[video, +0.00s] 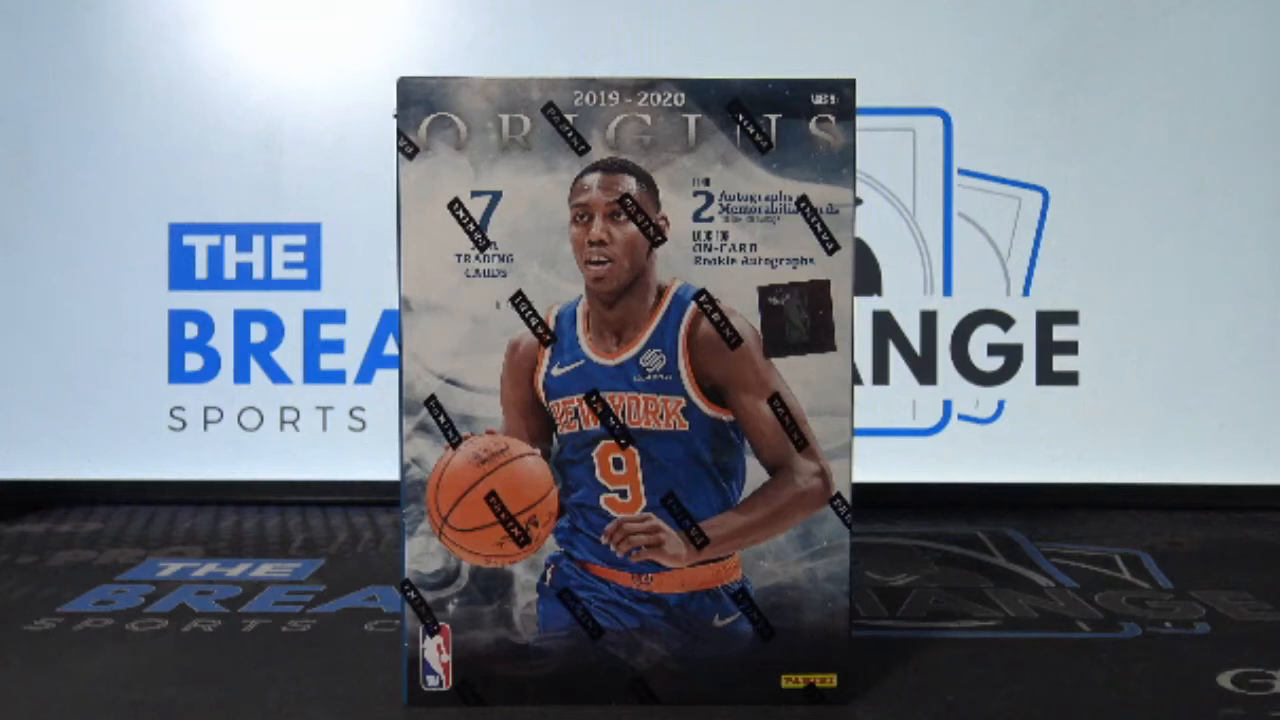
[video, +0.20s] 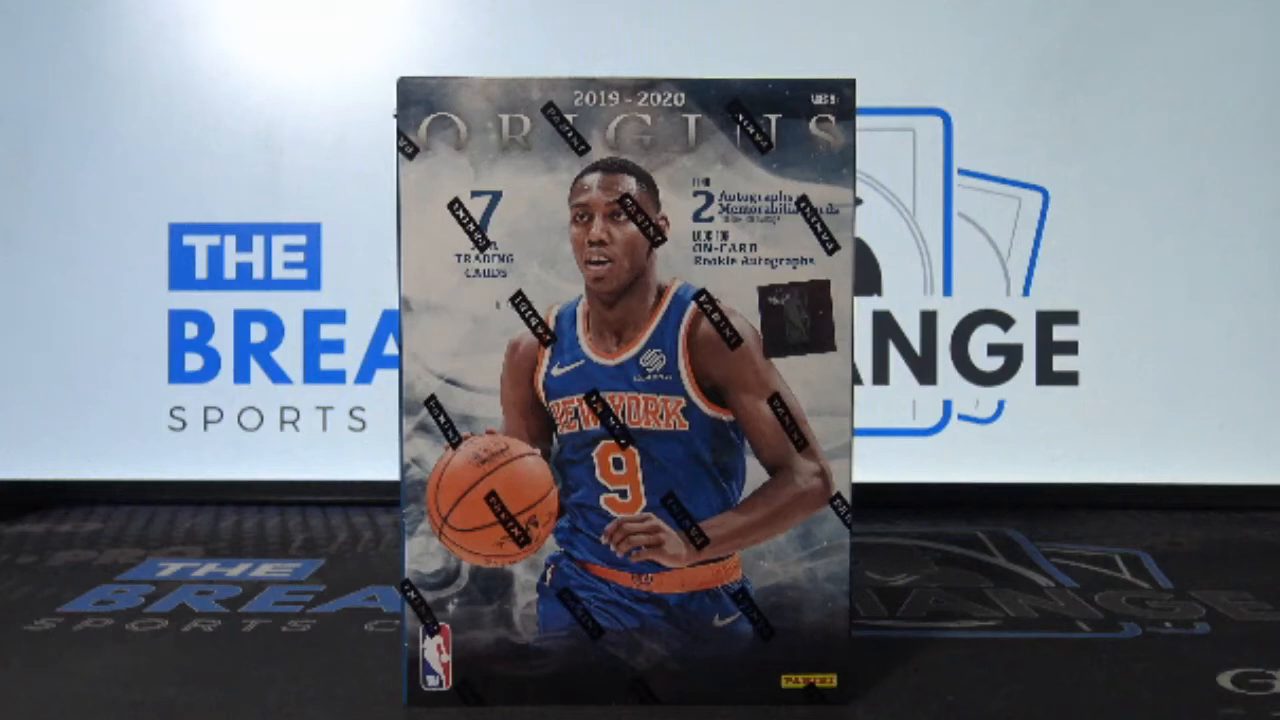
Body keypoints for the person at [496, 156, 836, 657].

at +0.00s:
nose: (595, 235)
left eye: (618, 216)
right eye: (581, 218)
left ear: (657, 230)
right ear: (569, 232)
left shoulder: (711, 334)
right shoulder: (534, 353)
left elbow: (809, 477)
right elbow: (527, 489)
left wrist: (696, 541)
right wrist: (476, 475)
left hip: (699, 613)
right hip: (584, 608)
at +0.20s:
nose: (595, 235)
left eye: (617, 216)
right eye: (582, 218)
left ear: (657, 230)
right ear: (569, 232)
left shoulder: (711, 333)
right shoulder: (534, 353)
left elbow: (809, 477)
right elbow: (529, 490)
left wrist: (696, 541)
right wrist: (482, 469)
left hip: (698, 613)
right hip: (583, 608)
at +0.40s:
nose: (595, 235)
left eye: (618, 216)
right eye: (581, 218)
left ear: (657, 230)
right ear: (569, 232)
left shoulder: (711, 333)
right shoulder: (534, 353)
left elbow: (809, 476)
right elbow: (526, 488)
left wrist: (695, 542)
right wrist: (473, 476)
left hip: (699, 614)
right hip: (583, 608)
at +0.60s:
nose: (595, 235)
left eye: (617, 216)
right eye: (581, 218)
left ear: (657, 230)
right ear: (569, 232)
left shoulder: (711, 334)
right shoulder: (534, 353)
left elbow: (809, 477)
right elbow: (528, 488)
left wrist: (695, 541)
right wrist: (486, 468)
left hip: (699, 613)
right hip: (584, 607)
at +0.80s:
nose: (595, 235)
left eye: (618, 216)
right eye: (581, 218)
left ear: (657, 230)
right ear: (569, 232)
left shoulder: (712, 334)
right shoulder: (534, 353)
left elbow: (809, 477)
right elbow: (528, 488)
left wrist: (695, 541)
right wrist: (483, 470)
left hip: (699, 612)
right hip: (584, 606)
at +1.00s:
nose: (595, 235)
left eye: (617, 216)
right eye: (581, 218)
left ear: (657, 230)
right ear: (569, 232)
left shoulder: (712, 334)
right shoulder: (534, 353)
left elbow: (809, 476)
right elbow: (528, 489)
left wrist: (695, 542)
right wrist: (479, 471)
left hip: (698, 612)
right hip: (583, 605)